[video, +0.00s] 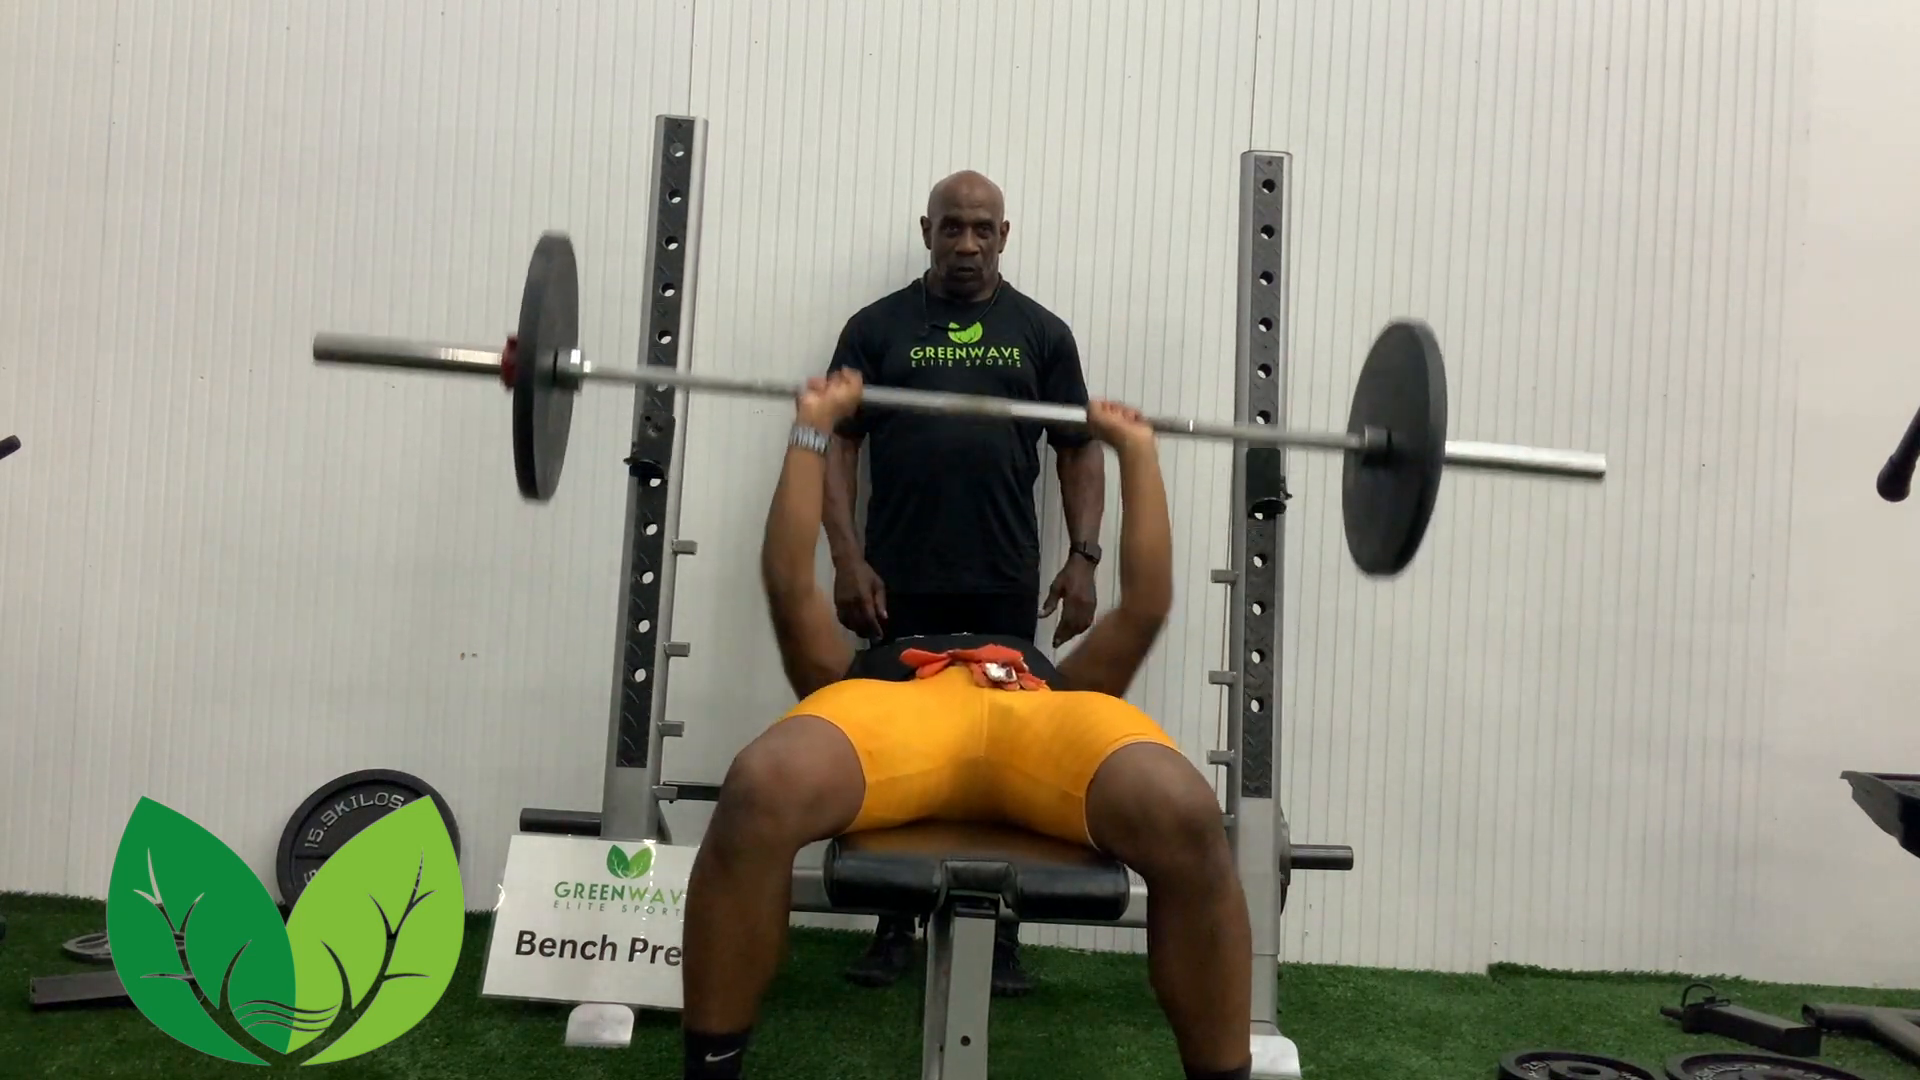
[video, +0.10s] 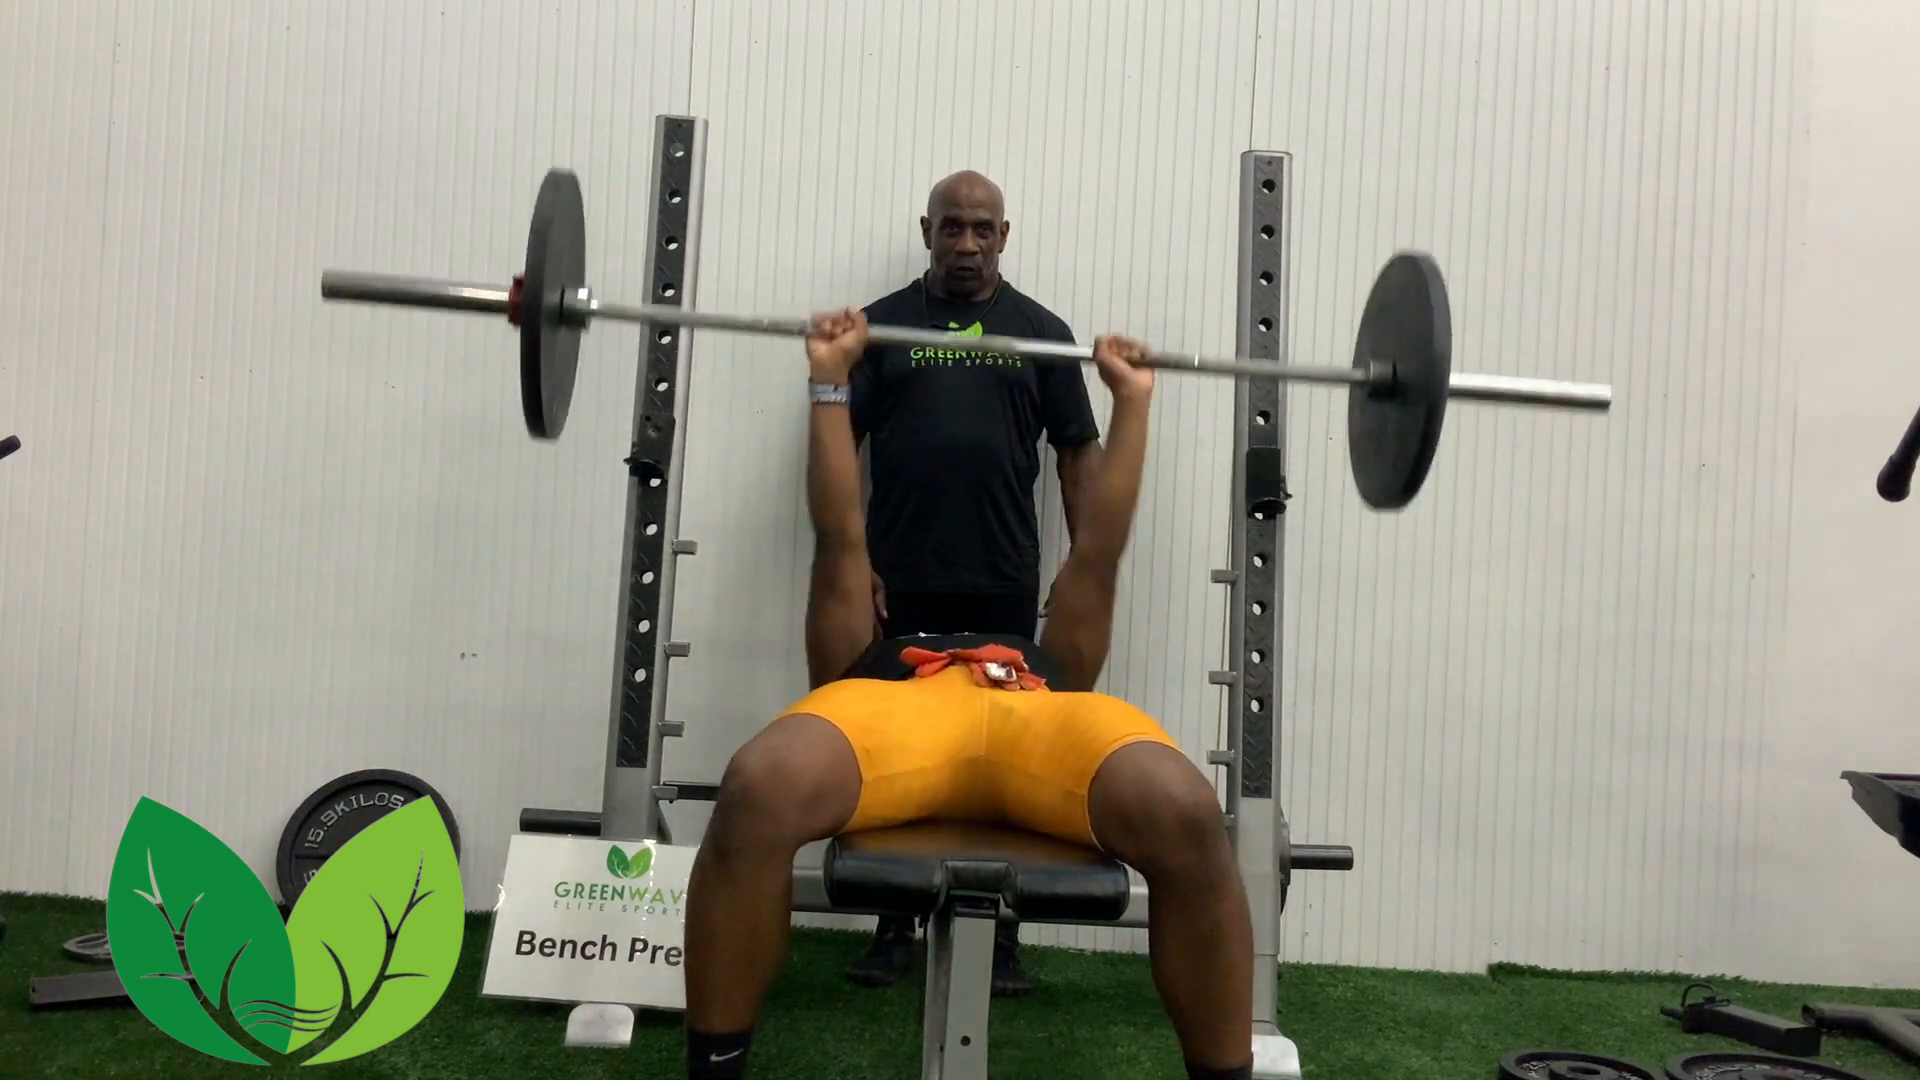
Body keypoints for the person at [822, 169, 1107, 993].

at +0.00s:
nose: (968, 244)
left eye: (985, 230)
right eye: (953, 228)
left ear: (1005, 238)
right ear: (926, 233)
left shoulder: (1043, 335)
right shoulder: (873, 332)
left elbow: (1078, 453)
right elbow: (837, 456)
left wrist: (1083, 556)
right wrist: (848, 559)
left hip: (1008, 584)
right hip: (901, 579)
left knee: (1013, 755)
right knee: (890, 752)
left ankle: (1001, 931)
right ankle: (896, 920)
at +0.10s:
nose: (967, 244)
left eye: (983, 230)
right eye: (951, 228)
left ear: (1005, 238)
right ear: (926, 234)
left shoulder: (1042, 333)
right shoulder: (876, 328)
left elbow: (1079, 462)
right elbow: (846, 453)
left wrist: (1090, 566)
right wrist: (855, 563)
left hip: (1005, 577)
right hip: (900, 573)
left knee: (1011, 748)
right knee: (892, 744)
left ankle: (1000, 927)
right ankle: (896, 920)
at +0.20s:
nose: (968, 243)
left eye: (984, 230)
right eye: (953, 228)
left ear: (1005, 237)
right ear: (927, 233)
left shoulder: (1041, 331)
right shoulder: (879, 325)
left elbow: (1079, 457)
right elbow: (843, 452)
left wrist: (1083, 554)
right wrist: (850, 556)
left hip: (1006, 576)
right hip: (899, 571)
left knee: (1011, 747)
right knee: (892, 741)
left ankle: (1000, 927)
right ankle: (897, 918)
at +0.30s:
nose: (969, 243)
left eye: (985, 230)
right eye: (953, 228)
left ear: (1005, 239)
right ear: (926, 234)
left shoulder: (1043, 336)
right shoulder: (871, 333)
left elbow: (1078, 451)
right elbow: (838, 458)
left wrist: (1081, 555)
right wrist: (850, 557)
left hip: (1007, 583)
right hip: (899, 577)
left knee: (1009, 759)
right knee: (891, 752)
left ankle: (998, 929)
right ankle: (896, 920)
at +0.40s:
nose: (969, 242)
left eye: (985, 229)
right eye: (953, 227)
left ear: (1005, 238)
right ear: (926, 234)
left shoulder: (1041, 336)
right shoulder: (875, 331)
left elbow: (1078, 456)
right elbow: (833, 457)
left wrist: (1083, 557)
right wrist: (849, 559)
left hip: (1005, 584)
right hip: (902, 581)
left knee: (1012, 752)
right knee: (891, 751)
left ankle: (999, 930)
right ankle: (895, 922)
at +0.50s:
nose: (969, 242)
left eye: (985, 229)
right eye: (953, 228)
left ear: (1005, 239)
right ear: (927, 234)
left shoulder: (1041, 336)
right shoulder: (875, 331)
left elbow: (1078, 454)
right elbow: (835, 445)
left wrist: (1083, 562)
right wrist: (847, 554)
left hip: (1007, 587)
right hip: (902, 584)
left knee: (1012, 758)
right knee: (892, 757)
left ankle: (1000, 929)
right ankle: (895, 922)